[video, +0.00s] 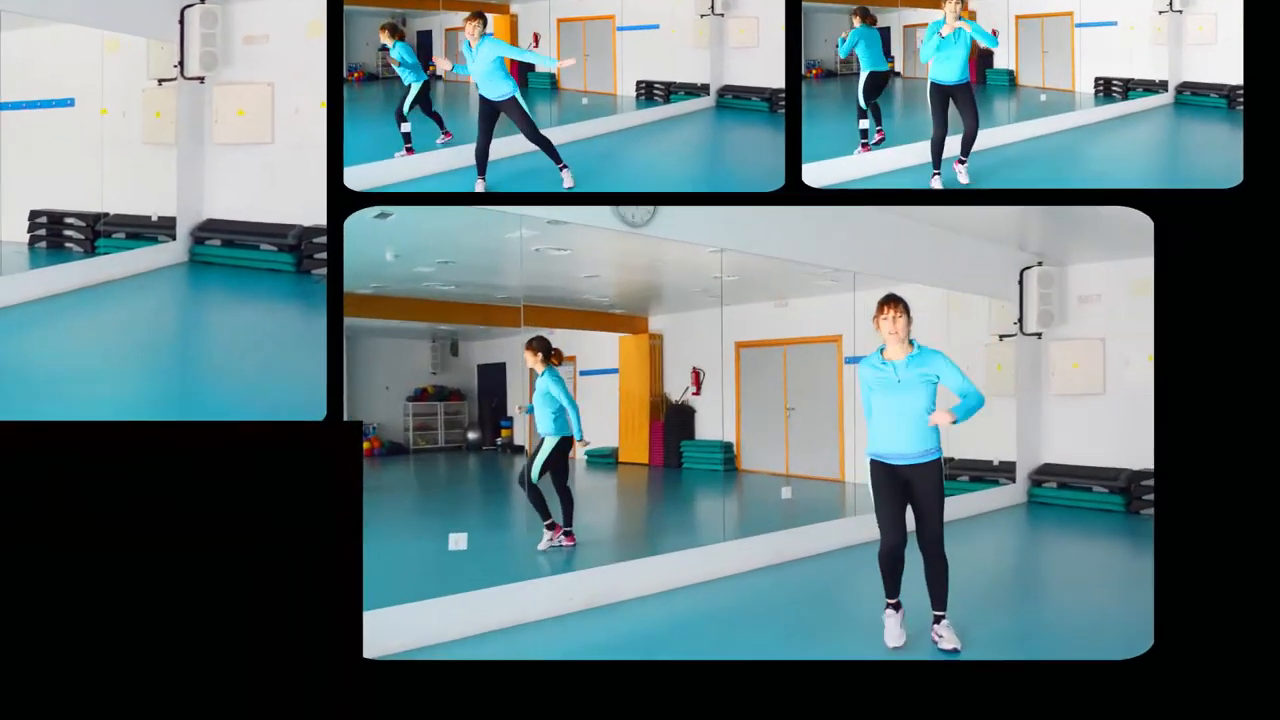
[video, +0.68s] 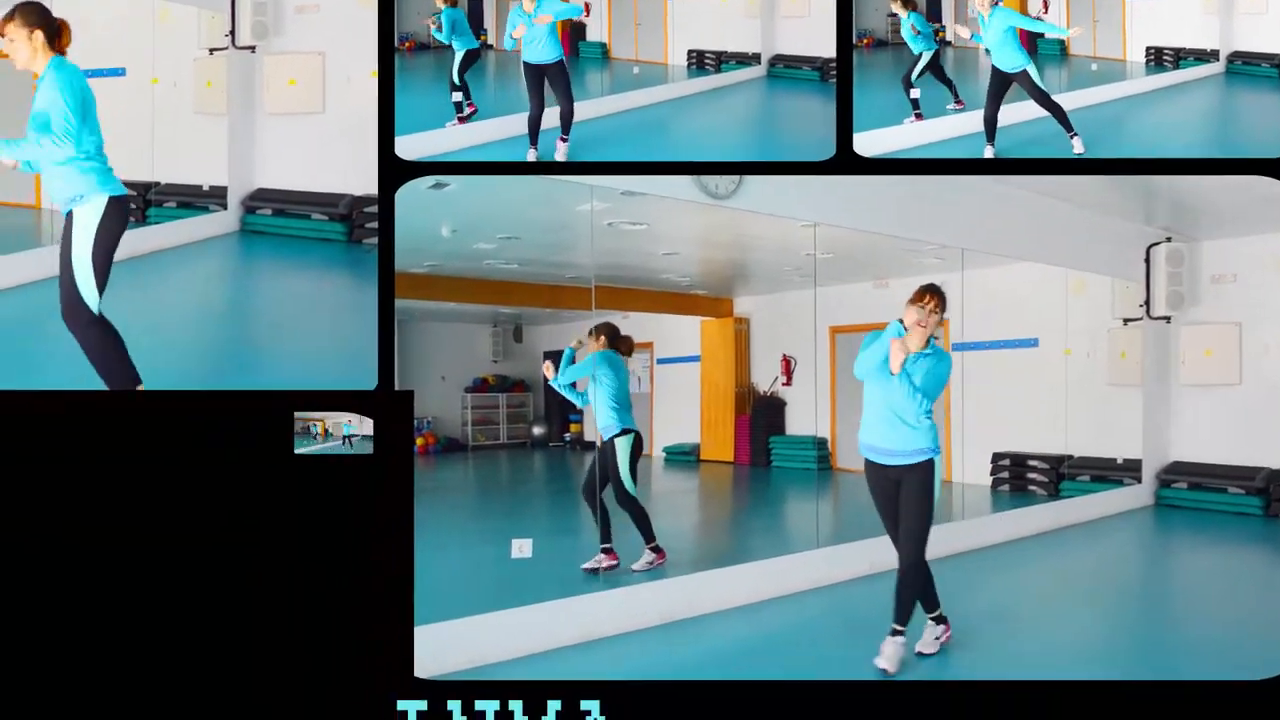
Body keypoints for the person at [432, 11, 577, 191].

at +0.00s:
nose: (472, 29)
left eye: (477, 26)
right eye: (470, 24)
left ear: (483, 30)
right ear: (465, 26)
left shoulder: (493, 45)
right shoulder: (465, 47)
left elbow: (522, 54)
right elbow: (473, 70)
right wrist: (451, 67)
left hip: (508, 97)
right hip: (486, 99)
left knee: (532, 135)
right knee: (483, 141)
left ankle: (563, 169)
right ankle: (480, 180)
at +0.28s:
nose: (479, 21)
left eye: (483, 17)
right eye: (476, 17)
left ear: (490, 20)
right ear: (471, 20)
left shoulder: (502, 36)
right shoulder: (469, 43)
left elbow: (529, 45)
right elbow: (466, 69)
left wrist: (551, 54)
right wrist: (454, 66)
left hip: (514, 89)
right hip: (490, 92)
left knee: (535, 131)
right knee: (491, 136)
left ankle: (560, 164)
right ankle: (487, 176)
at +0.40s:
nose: (483, 18)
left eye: (486, 14)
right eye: (479, 14)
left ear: (492, 16)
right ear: (473, 17)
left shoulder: (504, 31)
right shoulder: (469, 40)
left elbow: (534, 37)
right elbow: (456, 69)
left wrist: (518, 47)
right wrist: (470, 61)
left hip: (513, 87)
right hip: (489, 90)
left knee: (528, 130)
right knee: (493, 133)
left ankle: (531, 164)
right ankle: (488, 175)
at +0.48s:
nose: (488, 16)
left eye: (492, 12)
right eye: (484, 12)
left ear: (496, 14)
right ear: (478, 15)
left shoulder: (506, 29)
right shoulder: (474, 40)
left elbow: (538, 37)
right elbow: (466, 72)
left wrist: (506, 43)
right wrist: (485, 59)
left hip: (515, 86)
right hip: (492, 88)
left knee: (520, 129)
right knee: (497, 131)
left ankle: (517, 167)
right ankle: (492, 173)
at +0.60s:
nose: (508, 6)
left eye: (511, 2)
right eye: (503, 3)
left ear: (516, 4)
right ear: (498, 6)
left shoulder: (526, 19)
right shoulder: (494, 30)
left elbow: (554, 26)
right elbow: (491, 63)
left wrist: (521, 31)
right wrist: (506, 48)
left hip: (533, 78)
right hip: (510, 79)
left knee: (536, 123)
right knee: (515, 122)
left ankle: (530, 157)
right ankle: (511, 160)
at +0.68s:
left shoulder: (548, 5)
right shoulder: (514, 13)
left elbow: (578, 10)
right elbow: (508, 46)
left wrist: (551, 17)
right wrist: (513, 36)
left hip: (554, 61)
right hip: (531, 63)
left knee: (567, 105)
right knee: (536, 108)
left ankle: (563, 142)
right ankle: (533, 149)